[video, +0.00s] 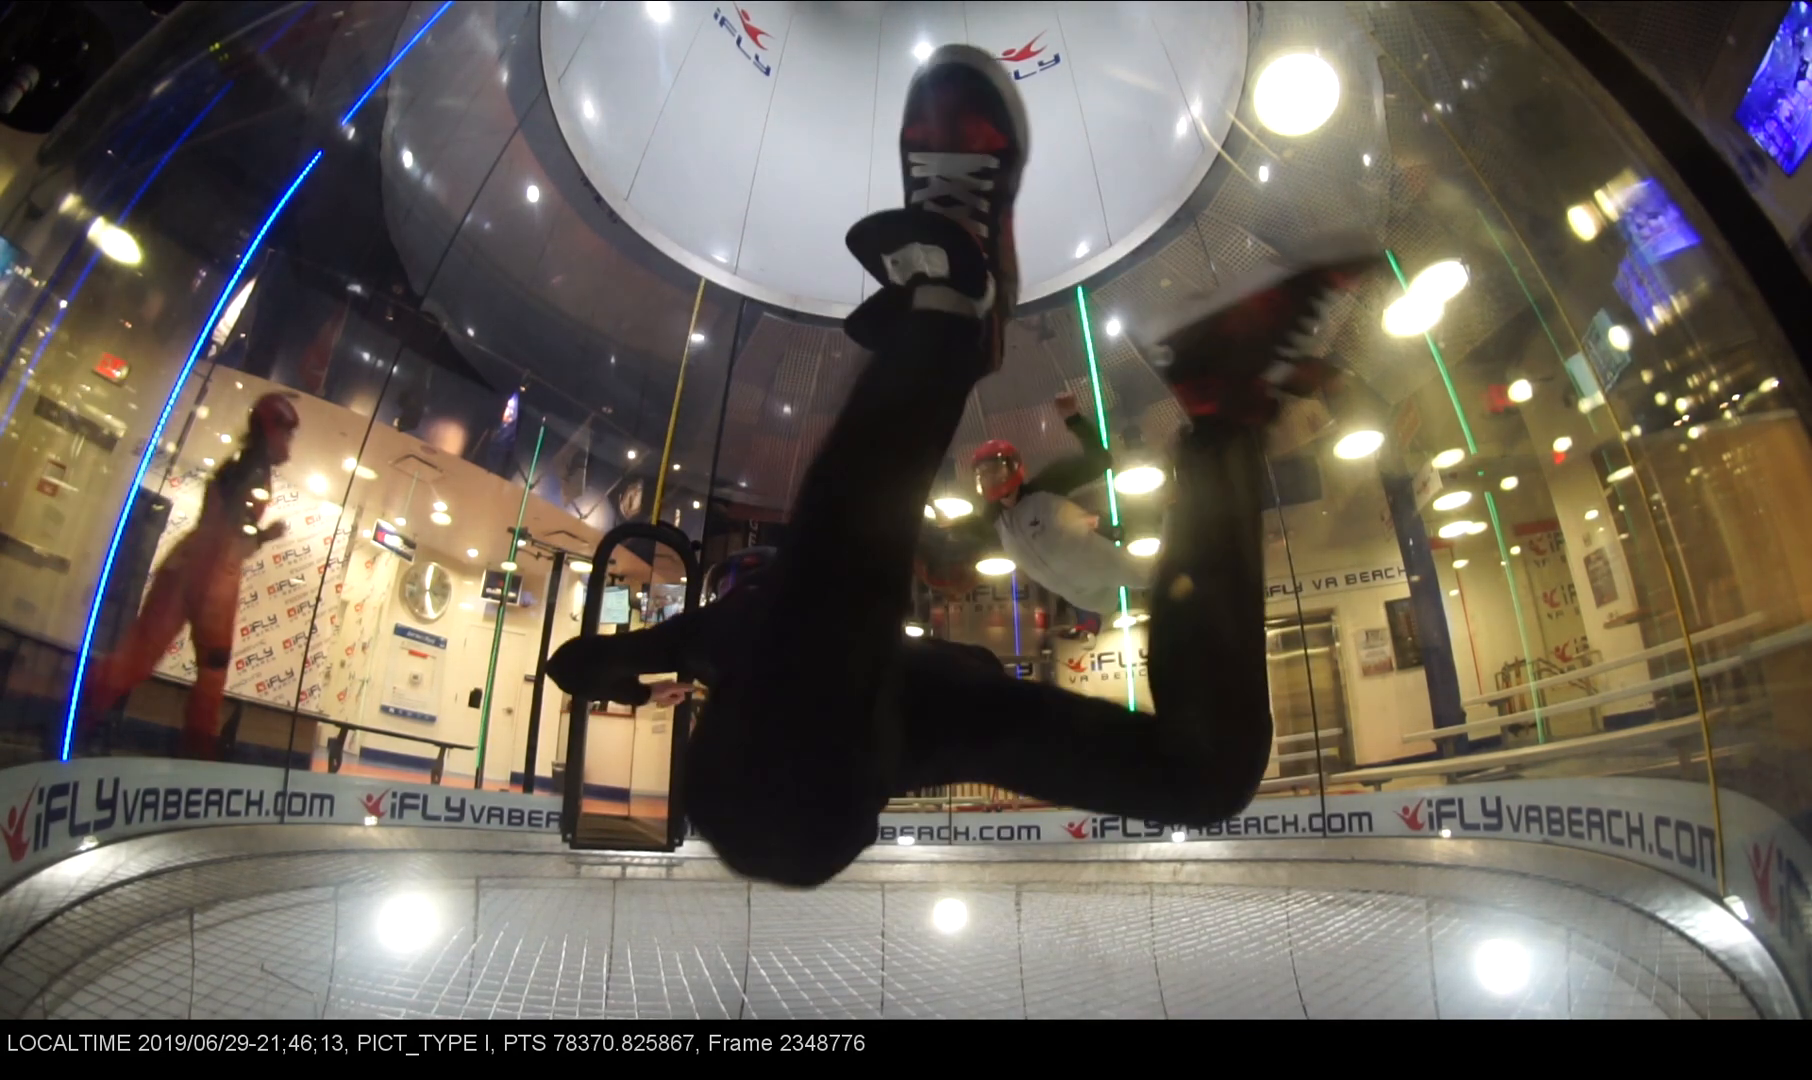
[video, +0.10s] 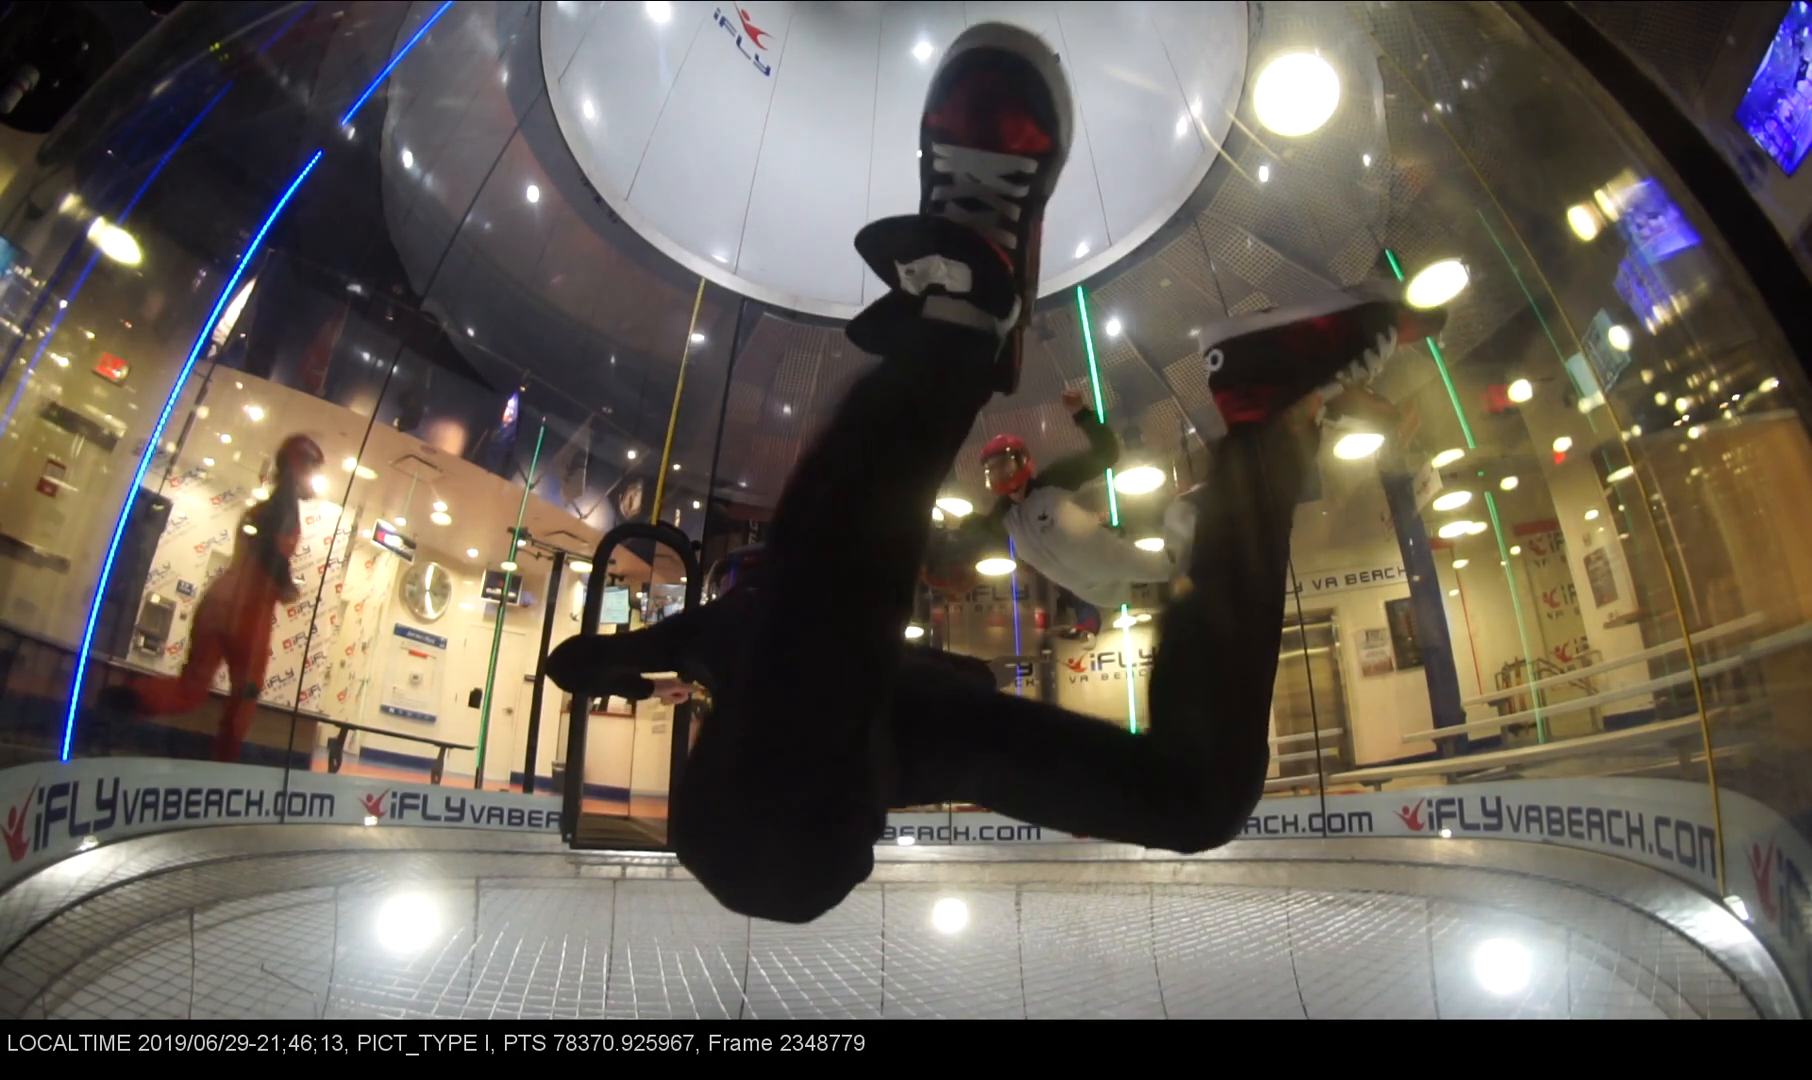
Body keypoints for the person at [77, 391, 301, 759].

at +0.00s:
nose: (290, 443)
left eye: (292, 434)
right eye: (287, 433)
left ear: (262, 429)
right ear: (270, 430)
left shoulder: (232, 469)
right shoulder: (252, 473)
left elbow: (229, 541)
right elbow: (224, 544)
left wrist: (262, 534)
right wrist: (263, 534)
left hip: (186, 563)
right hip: (216, 574)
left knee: (139, 655)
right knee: (214, 670)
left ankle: (71, 729)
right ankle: (197, 763)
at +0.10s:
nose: (315, 479)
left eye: (316, 470)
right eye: (313, 469)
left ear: (286, 466)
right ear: (297, 467)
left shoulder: (260, 506)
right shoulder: (286, 509)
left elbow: (249, 555)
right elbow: (272, 556)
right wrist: (289, 589)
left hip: (218, 602)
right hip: (247, 612)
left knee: (191, 690)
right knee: (246, 695)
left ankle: (128, 695)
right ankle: (224, 771)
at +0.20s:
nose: (343, 495)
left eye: (343, 489)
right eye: (339, 488)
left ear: (314, 485)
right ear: (326, 487)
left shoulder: (287, 528)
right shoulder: (319, 530)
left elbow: (257, 572)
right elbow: (309, 584)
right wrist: (329, 601)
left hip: (259, 618)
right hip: (283, 624)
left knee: (253, 698)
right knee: (270, 702)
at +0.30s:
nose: (375, 513)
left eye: (375, 505)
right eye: (371, 504)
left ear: (349, 503)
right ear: (356, 503)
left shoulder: (323, 531)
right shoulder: (356, 538)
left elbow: (285, 556)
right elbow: (355, 577)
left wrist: (295, 586)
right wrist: (368, 592)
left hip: (299, 613)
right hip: (322, 621)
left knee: (299, 689)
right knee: (300, 689)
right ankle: (250, 753)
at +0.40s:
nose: (402, 523)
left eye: (402, 517)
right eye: (398, 517)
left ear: (373, 516)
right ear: (384, 517)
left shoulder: (351, 545)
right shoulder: (384, 549)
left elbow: (316, 564)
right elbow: (387, 589)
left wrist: (331, 592)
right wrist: (406, 592)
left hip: (332, 623)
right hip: (356, 628)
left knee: (338, 699)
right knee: (333, 698)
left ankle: (339, 770)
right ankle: (274, 742)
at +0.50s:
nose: (422, 557)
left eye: (423, 549)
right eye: (419, 549)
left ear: (399, 547)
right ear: (407, 548)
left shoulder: (378, 576)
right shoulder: (398, 577)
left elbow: (349, 600)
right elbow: (400, 613)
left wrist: (373, 620)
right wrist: (426, 609)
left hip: (359, 655)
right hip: (375, 660)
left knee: (368, 730)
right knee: (371, 733)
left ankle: (349, 777)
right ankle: (317, 745)